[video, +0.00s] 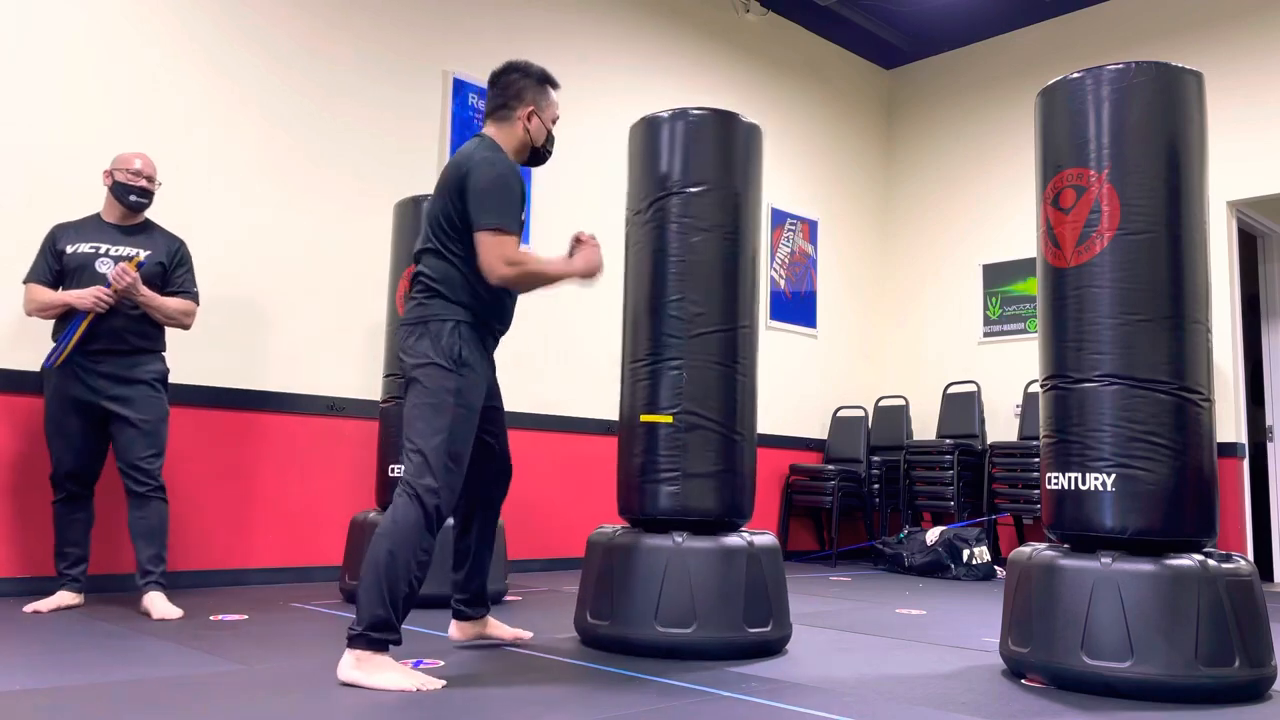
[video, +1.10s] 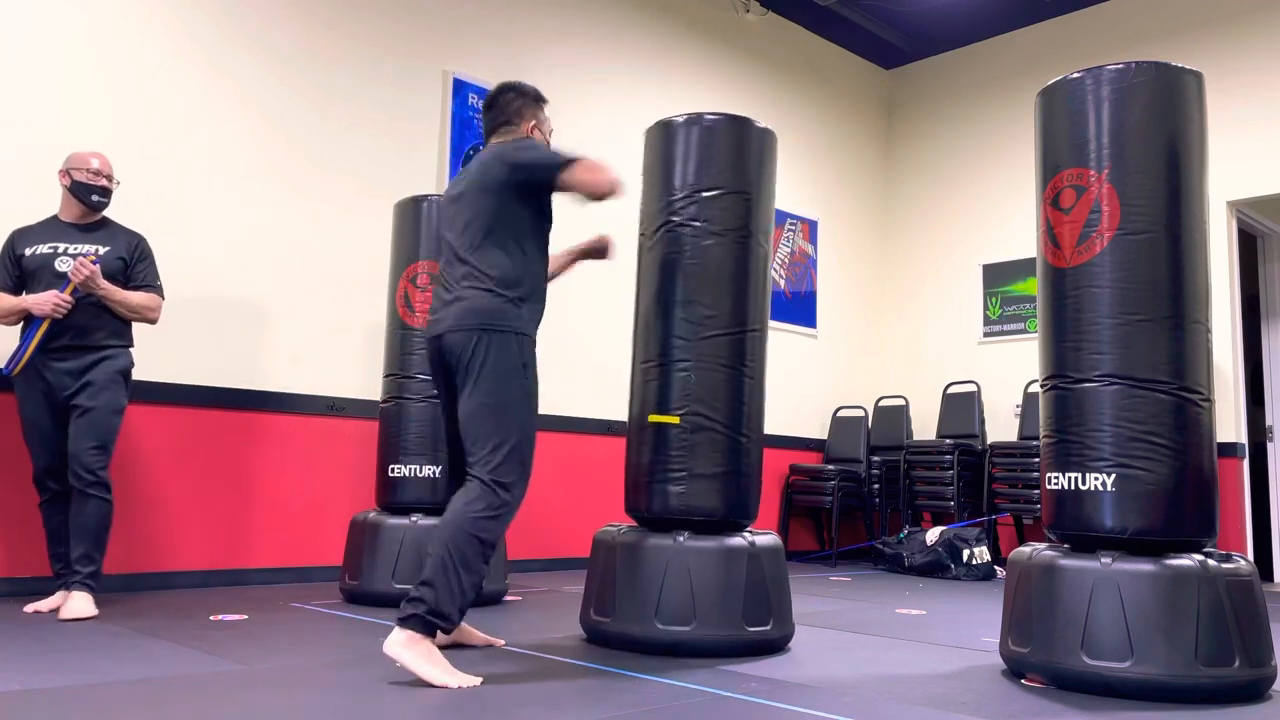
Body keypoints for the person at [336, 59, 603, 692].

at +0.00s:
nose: (554, 133)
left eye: (555, 121)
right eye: (552, 119)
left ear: (509, 113)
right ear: (528, 114)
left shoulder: (484, 164)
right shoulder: (489, 165)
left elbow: (496, 266)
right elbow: (499, 266)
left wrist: (557, 266)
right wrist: (571, 266)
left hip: (463, 339)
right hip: (445, 335)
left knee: (487, 474)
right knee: (426, 484)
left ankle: (470, 616)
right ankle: (367, 649)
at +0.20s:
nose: (553, 141)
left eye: (554, 133)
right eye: (553, 132)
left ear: (493, 125)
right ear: (536, 125)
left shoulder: (449, 179)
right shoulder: (519, 156)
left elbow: (421, 272)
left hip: (432, 327)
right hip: (482, 326)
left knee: (467, 477)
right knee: (485, 474)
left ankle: (476, 614)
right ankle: (397, 616)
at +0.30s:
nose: (544, 143)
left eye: (542, 136)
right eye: (542, 135)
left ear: (484, 131)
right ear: (530, 130)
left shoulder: (433, 178)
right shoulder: (543, 163)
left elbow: (411, 276)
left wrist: (423, 323)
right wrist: (681, 198)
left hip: (423, 322)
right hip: (489, 319)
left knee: (456, 465)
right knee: (478, 462)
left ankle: (452, 613)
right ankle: (412, 606)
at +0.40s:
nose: (543, 155)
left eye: (540, 148)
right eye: (542, 147)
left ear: (484, 142)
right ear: (530, 141)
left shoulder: (435, 186)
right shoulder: (535, 168)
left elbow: (427, 264)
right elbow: (634, 209)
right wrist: (628, 224)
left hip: (430, 330)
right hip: (492, 324)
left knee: (457, 467)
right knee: (494, 468)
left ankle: (455, 614)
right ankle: (433, 617)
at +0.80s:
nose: (544, 128)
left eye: (542, 118)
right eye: (542, 117)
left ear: (484, 118)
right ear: (526, 115)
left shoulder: (446, 179)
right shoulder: (519, 162)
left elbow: (441, 269)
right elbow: (563, 253)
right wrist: (580, 226)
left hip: (449, 331)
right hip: (486, 334)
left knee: (506, 471)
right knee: (446, 486)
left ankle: (449, 608)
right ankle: (398, 650)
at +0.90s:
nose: (549, 119)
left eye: (546, 110)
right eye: (545, 109)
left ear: (498, 111)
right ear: (525, 110)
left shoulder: (481, 163)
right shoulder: (504, 160)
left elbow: (499, 245)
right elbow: (533, 248)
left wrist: (549, 224)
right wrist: (574, 237)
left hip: (492, 345)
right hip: (481, 344)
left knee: (507, 477)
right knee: (452, 486)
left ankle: (440, 604)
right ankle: (399, 649)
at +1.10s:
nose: (550, 134)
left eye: (549, 126)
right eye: (547, 125)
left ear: (491, 125)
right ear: (532, 123)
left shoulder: (468, 180)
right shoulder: (514, 155)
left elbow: (515, 282)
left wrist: (579, 252)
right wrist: (574, 174)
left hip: (450, 329)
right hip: (493, 328)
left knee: (480, 477)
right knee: (498, 480)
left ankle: (447, 615)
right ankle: (416, 630)